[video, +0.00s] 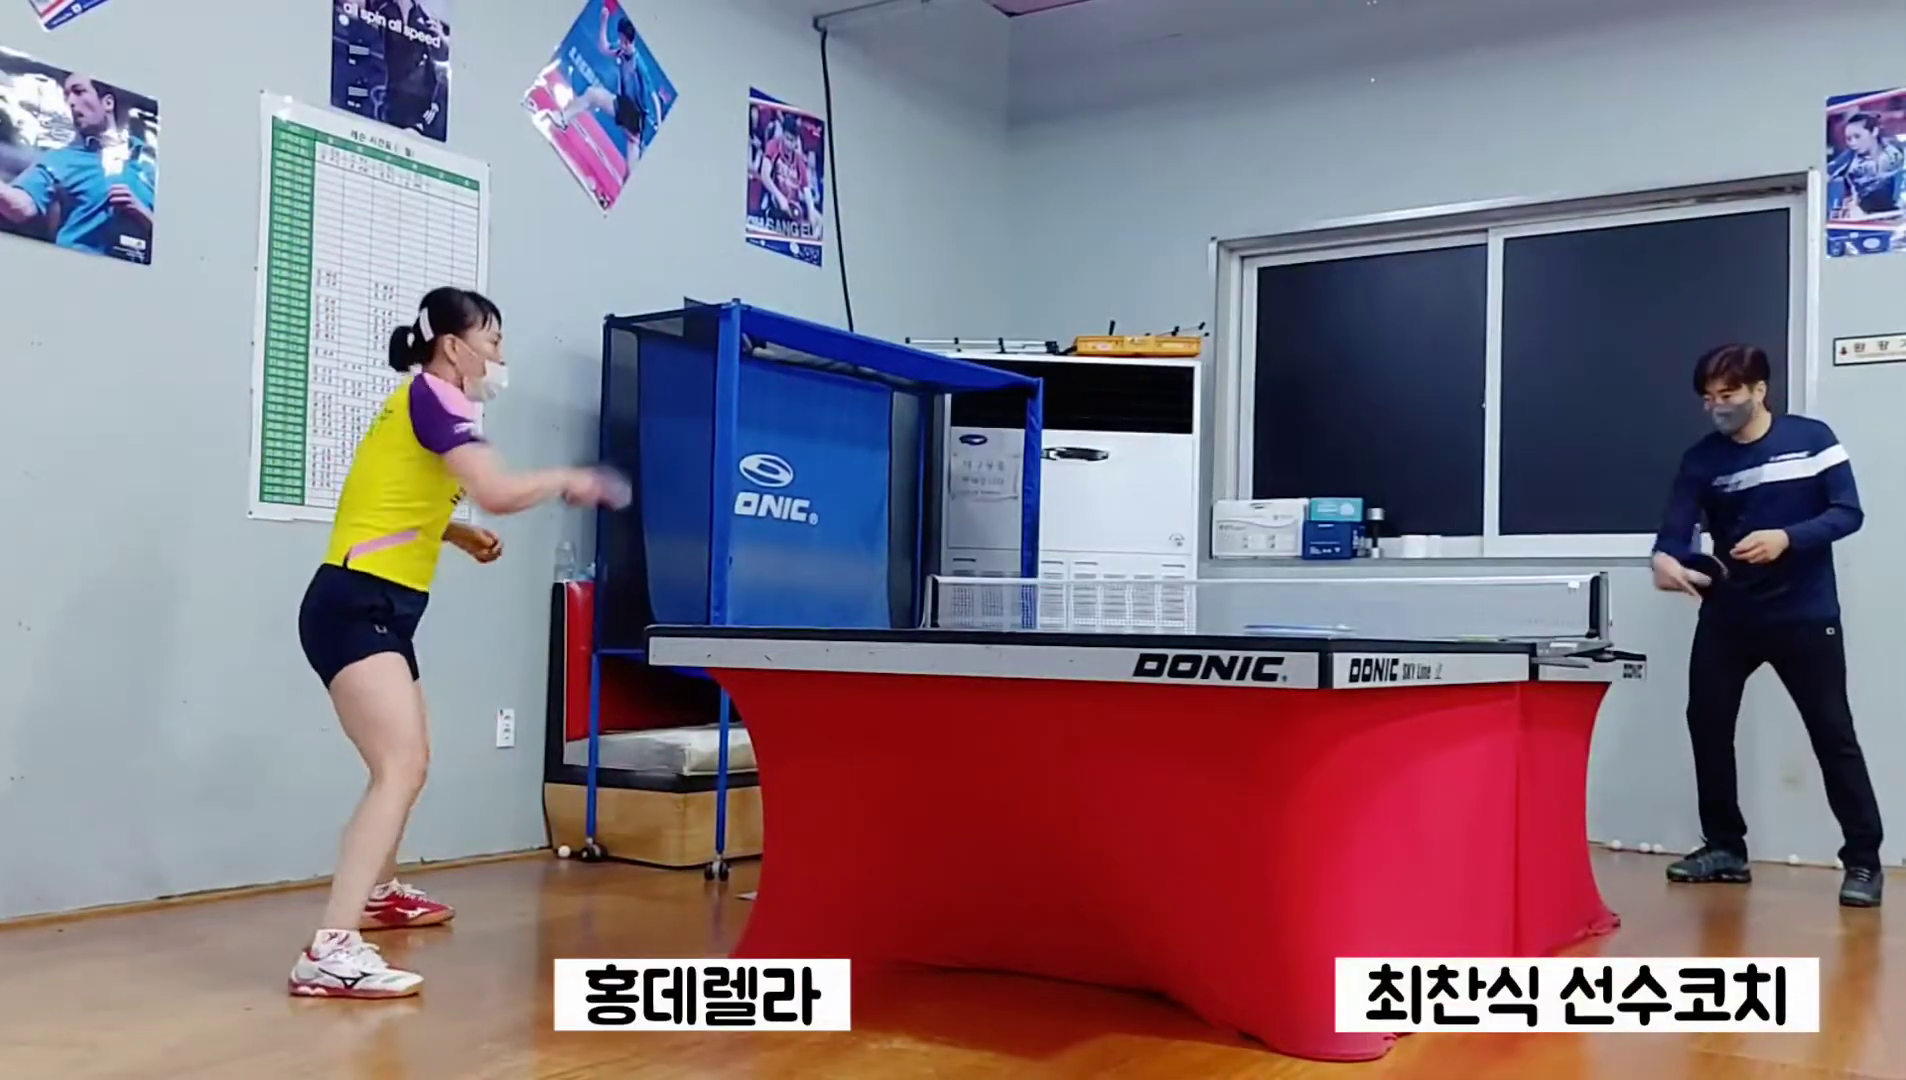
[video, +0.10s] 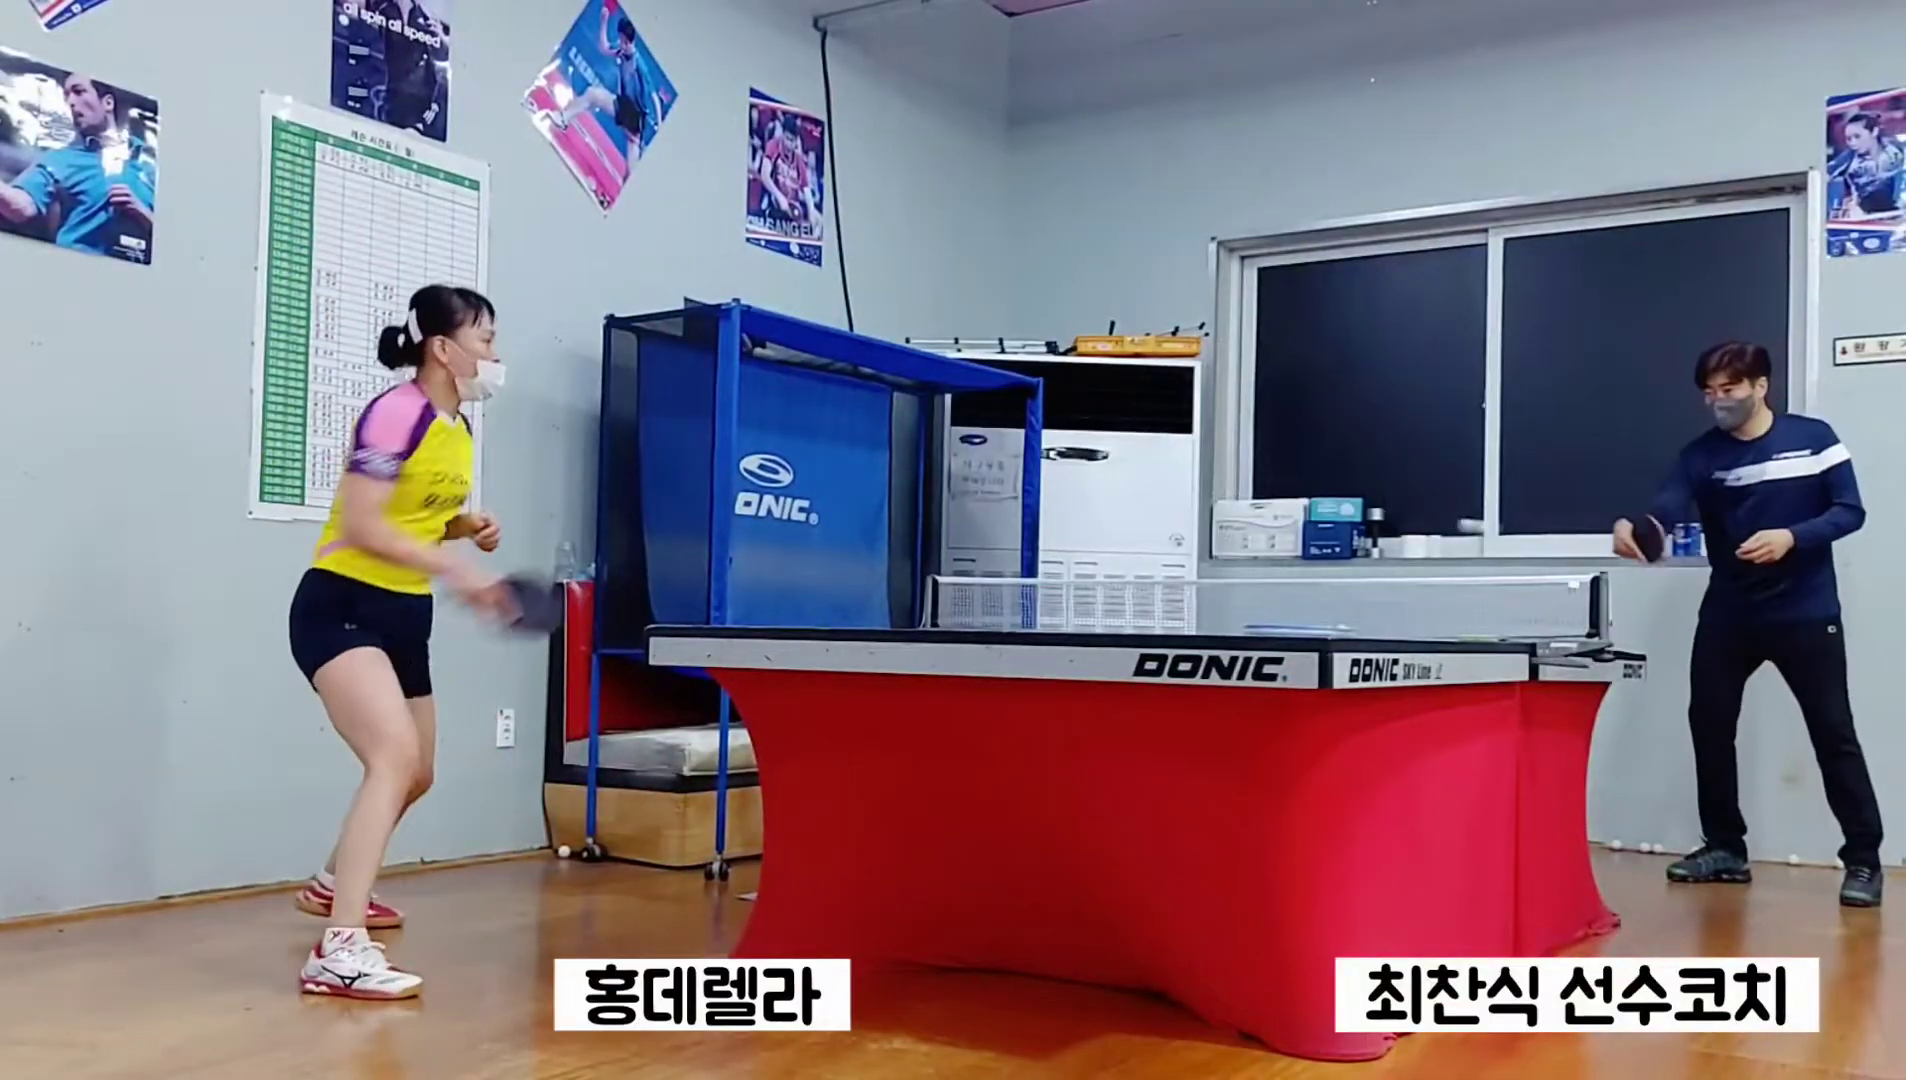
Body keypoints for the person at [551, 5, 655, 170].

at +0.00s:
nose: (621, 42)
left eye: (623, 39)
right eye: (621, 38)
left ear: (627, 40)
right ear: (622, 39)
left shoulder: (631, 56)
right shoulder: (622, 53)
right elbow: (603, 49)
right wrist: (604, 22)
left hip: (629, 108)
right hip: (637, 115)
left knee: (593, 94)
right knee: (632, 163)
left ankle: (563, 118)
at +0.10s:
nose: (621, 42)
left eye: (623, 39)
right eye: (621, 39)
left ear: (628, 40)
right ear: (622, 38)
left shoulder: (631, 54)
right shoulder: (623, 53)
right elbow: (604, 49)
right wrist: (604, 22)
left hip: (628, 107)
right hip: (636, 114)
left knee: (593, 94)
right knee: (631, 164)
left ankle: (563, 118)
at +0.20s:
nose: (621, 42)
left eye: (623, 39)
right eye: (621, 39)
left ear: (627, 40)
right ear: (623, 39)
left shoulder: (630, 55)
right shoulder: (623, 53)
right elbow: (603, 49)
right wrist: (604, 22)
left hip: (628, 108)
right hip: (636, 115)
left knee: (593, 94)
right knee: (632, 164)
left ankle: (563, 118)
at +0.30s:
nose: (621, 42)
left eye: (622, 39)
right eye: (621, 39)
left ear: (626, 39)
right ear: (628, 40)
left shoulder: (629, 54)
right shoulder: (624, 53)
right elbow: (603, 49)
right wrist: (604, 22)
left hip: (628, 108)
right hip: (637, 116)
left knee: (593, 94)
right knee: (631, 165)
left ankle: (563, 118)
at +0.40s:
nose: (621, 42)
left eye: (624, 39)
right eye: (622, 39)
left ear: (628, 40)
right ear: (622, 39)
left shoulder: (631, 55)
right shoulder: (624, 53)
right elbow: (604, 49)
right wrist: (604, 22)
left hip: (629, 108)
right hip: (637, 116)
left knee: (593, 94)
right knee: (632, 162)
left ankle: (563, 118)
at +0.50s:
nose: (622, 42)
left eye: (624, 39)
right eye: (622, 39)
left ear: (628, 40)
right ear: (622, 38)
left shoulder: (631, 55)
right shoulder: (624, 52)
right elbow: (604, 49)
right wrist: (604, 22)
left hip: (629, 108)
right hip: (637, 115)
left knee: (593, 94)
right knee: (632, 162)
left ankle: (563, 118)